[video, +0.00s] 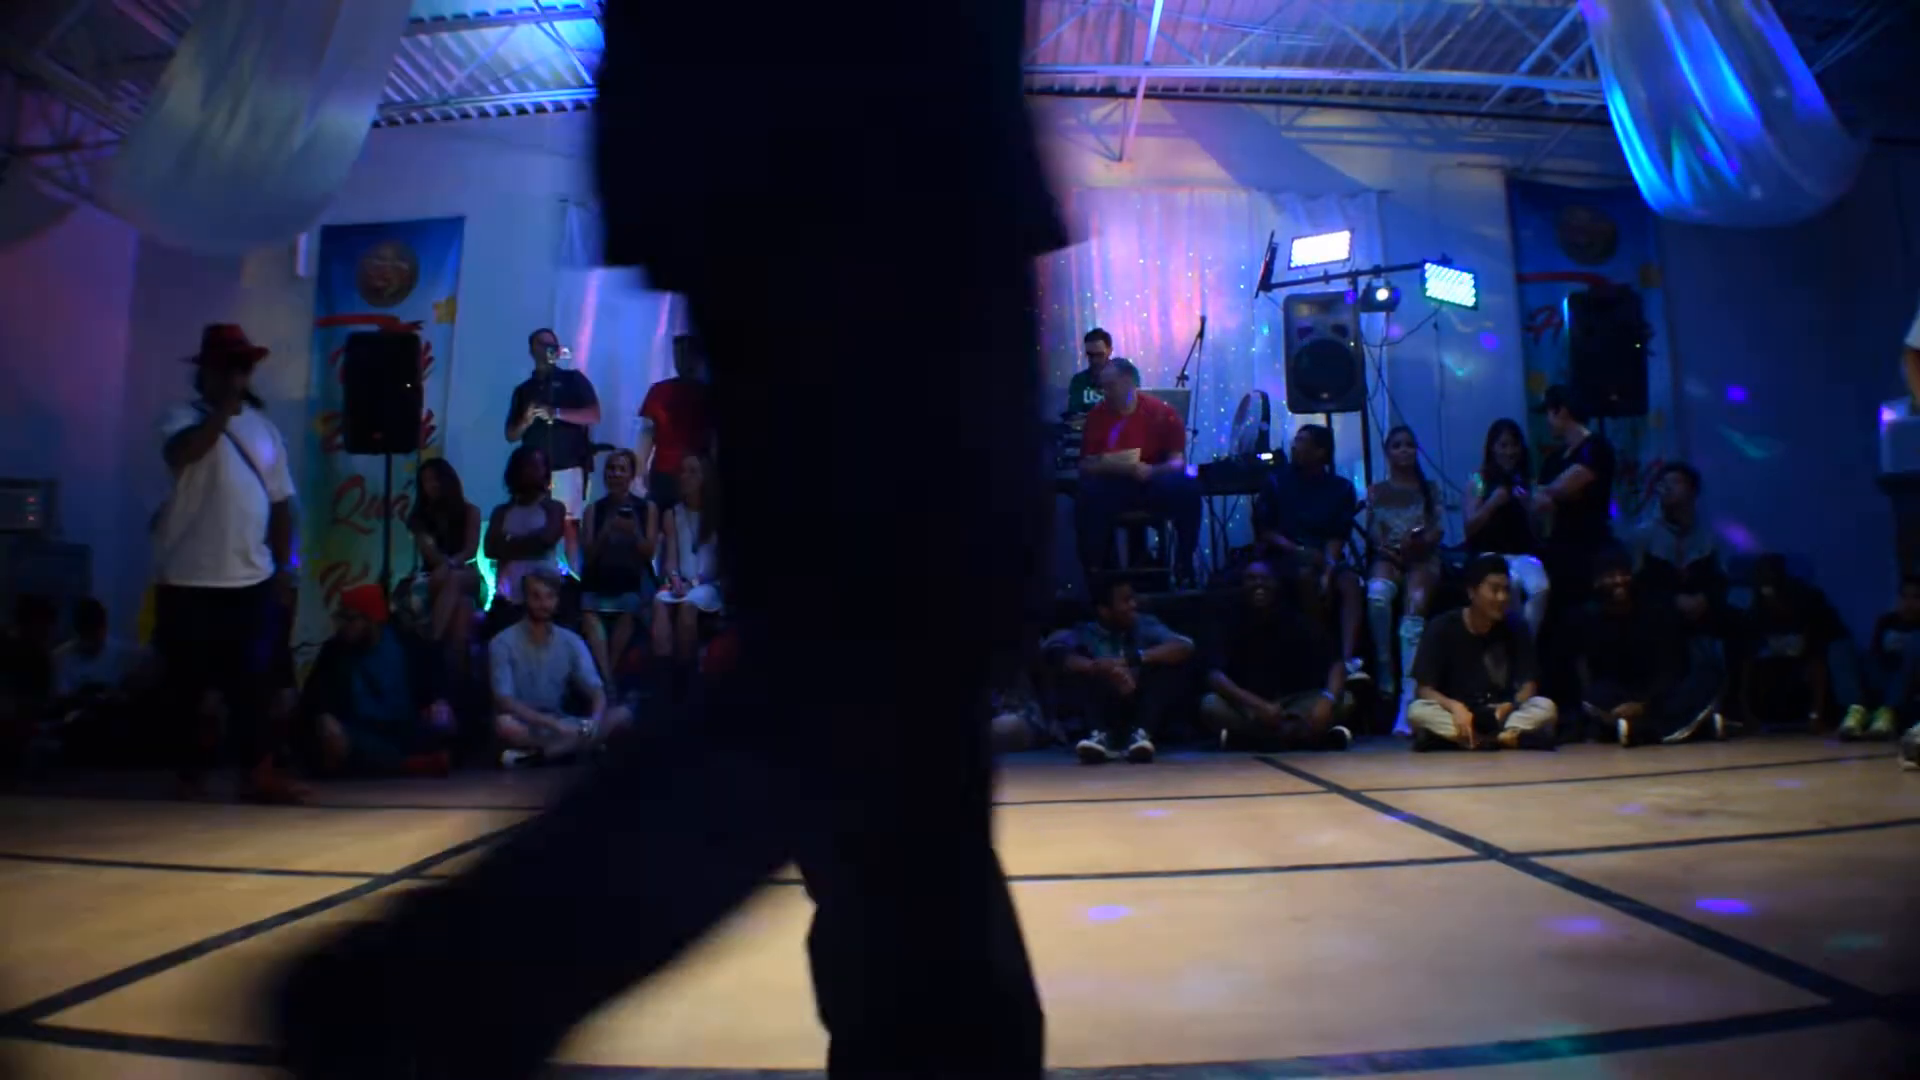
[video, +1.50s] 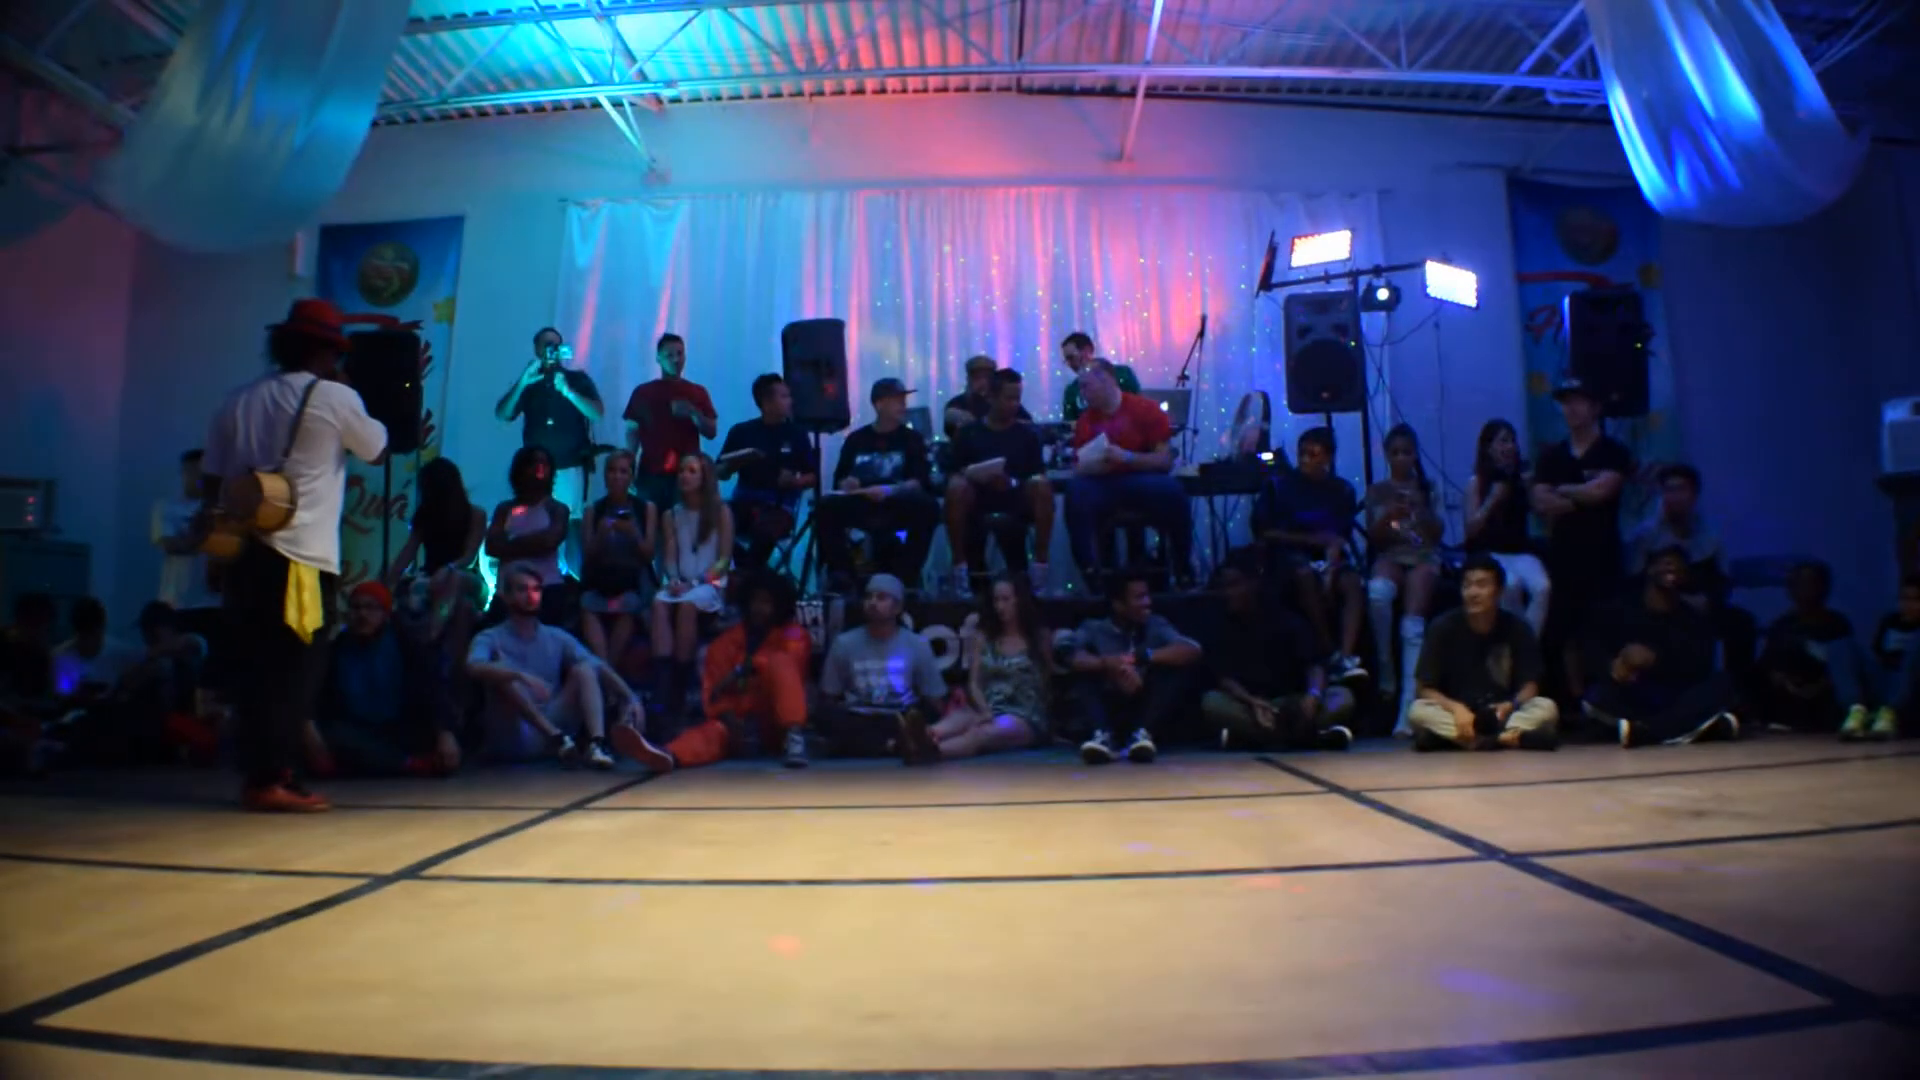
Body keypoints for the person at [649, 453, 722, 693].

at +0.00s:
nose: (685, 478)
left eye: (693, 472)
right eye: (683, 472)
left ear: (705, 478)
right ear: (678, 477)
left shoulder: (716, 514)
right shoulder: (672, 516)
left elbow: (722, 564)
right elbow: (670, 558)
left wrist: (697, 581)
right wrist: (675, 580)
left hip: (710, 581)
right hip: (680, 581)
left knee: (688, 606)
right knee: (660, 601)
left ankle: (685, 671)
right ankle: (661, 668)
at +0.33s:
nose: (685, 477)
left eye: (692, 471)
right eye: (682, 471)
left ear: (705, 478)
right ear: (677, 477)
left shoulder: (721, 513)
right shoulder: (671, 515)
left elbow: (724, 560)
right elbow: (669, 556)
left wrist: (699, 580)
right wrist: (673, 577)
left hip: (707, 580)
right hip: (677, 580)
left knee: (687, 606)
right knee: (659, 604)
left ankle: (683, 680)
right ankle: (662, 679)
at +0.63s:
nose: (682, 477)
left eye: (689, 472)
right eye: (680, 471)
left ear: (703, 477)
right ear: (675, 476)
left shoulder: (719, 513)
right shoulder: (670, 514)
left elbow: (721, 561)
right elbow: (667, 557)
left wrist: (702, 575)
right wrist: (674, 580)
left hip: (708, 579)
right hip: (677, 578)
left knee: (686, 607)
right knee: (658, 603)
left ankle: (681, 682)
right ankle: (660, 680)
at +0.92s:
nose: (686, 478)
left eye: (692, 472)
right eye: (682, 472)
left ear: (705, 477)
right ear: (678, 478)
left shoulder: (721, 513)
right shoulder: (671, 515)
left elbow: (724, 561)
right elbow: (670, 557)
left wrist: (697, 581)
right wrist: (675, 579)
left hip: (708, 578)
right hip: (679, 577)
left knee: (688, 606)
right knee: (660, 603)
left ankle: (682, 679)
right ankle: (662, 677)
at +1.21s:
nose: (687, 478)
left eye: (694, 472)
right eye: (684, 472)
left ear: (706, 478)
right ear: (681, 478)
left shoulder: (721, 514)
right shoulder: (674, 515)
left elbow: (725, 560)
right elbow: (671, 556)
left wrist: (701, 580)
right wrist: (677, 579)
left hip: (710, 579)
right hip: (680, 579)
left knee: (690, 606)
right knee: (662, 603)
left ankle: (683, 676)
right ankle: (663, 674)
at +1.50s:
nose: (685, 476)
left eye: (692, 471)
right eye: (682, 471)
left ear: (704, 477)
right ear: (678, 477)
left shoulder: (720, 512)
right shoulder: (670, 516)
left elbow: (725, 557)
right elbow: (669, 556)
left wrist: (705, 579)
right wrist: (674, 579)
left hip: (709, 579)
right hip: (679, 580)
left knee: (687, 605)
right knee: (659, 604)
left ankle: (681, 679)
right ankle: (662, 677)